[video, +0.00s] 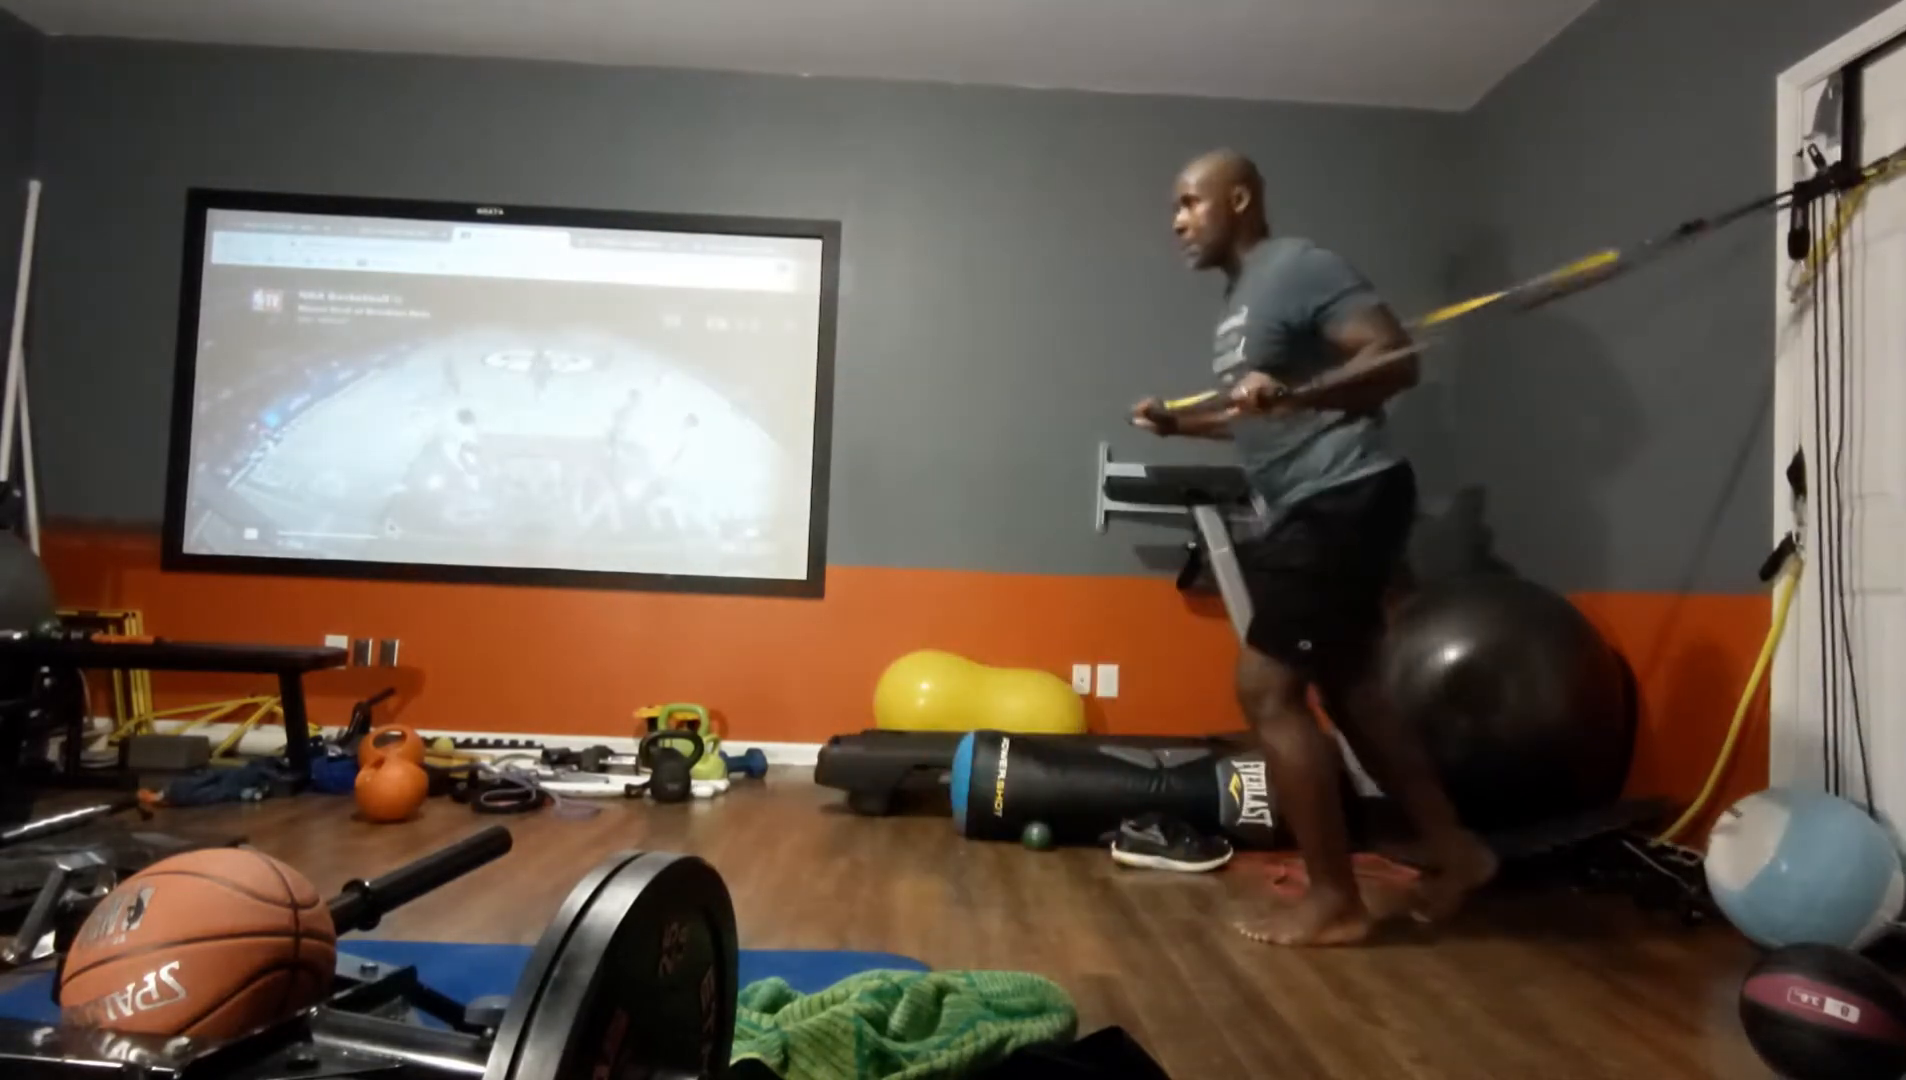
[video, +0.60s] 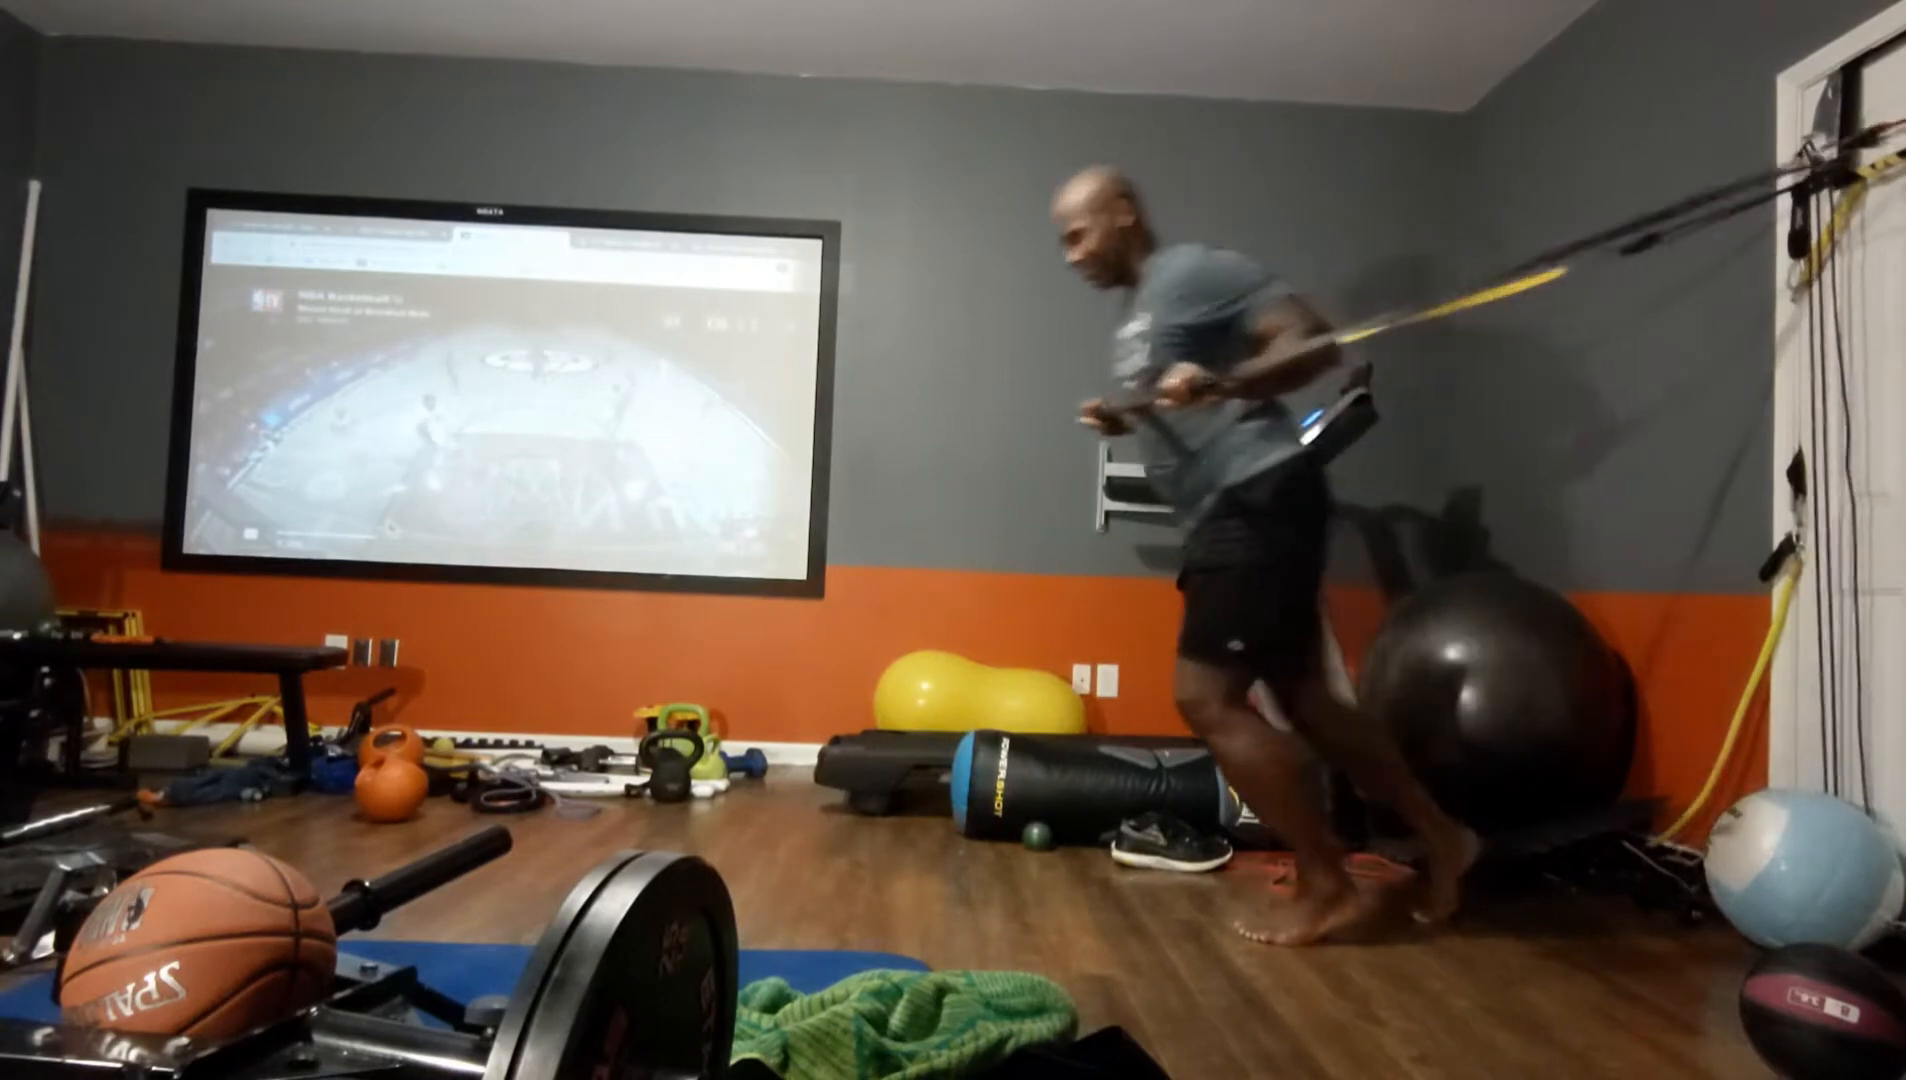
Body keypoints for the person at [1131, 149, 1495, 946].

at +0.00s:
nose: (1177, 221)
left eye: (1189, 203)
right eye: (1175, 208)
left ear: (1243, 201)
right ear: (1218, 213)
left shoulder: (1299, 266)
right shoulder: (1239, 303)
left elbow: (1395, 359)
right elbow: (1265, 416)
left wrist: (1293, 394)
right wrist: (1179, 421)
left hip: (1348, 498)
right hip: (1311, 506)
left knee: (1267, 689)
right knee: (1352, 689)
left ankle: (1331, 901)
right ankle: (1454, 853)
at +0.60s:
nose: (1071, 254)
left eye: (1078, 233)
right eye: (1064, 240)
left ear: (1128, 218)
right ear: (1098, 235)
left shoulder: (1191, 271)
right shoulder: (1138, 317)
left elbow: (1314, 344)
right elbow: (1180, 399)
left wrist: (1225, 382)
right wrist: (1125, 415)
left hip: (1262, 498)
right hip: (1243, 505)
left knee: (1208, 697)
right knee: (1308, 699)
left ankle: (1327, 889)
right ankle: (1445, 840)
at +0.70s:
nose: (1018, 269)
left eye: (1023, 246)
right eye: (1009, 256)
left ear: (1070, 224)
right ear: (1036, 249)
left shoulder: (1137, 272)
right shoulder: (1093, 316)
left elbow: (1257, 347)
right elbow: (1141, 410)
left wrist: (1158, 383)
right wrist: (1080, 418)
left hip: (1221, 497)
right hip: (1192, 509)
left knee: (1197, 709)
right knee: (1228, 705)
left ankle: (1327, 886)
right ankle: (1383, 814)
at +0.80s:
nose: (967, 285)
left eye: (971, 263)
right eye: (955, 275)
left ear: (1013, 239)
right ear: (962, 275)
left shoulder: (1076, 284)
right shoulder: (1040, 328)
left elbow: (1149, 359)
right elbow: (1085, 411)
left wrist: (1033, 381)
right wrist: (1010, 419)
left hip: (1190, 498)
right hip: (1133, 520)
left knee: (1185, 715)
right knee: (1096, 696)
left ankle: (1325, 878)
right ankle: (1271, 764)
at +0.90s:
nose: (935, 275)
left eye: (941, 256)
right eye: (916, 272)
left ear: (965, 252)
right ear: (904, 288)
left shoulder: (1022, 286)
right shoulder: (970, 349)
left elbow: (973, 339)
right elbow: (956, 410)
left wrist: (853, 342)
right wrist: (851, 385)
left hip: (1156, 498)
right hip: (1092, 522)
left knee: (1175, 718)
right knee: (989, 651)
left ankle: (1323, 877)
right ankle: (1076, 848)